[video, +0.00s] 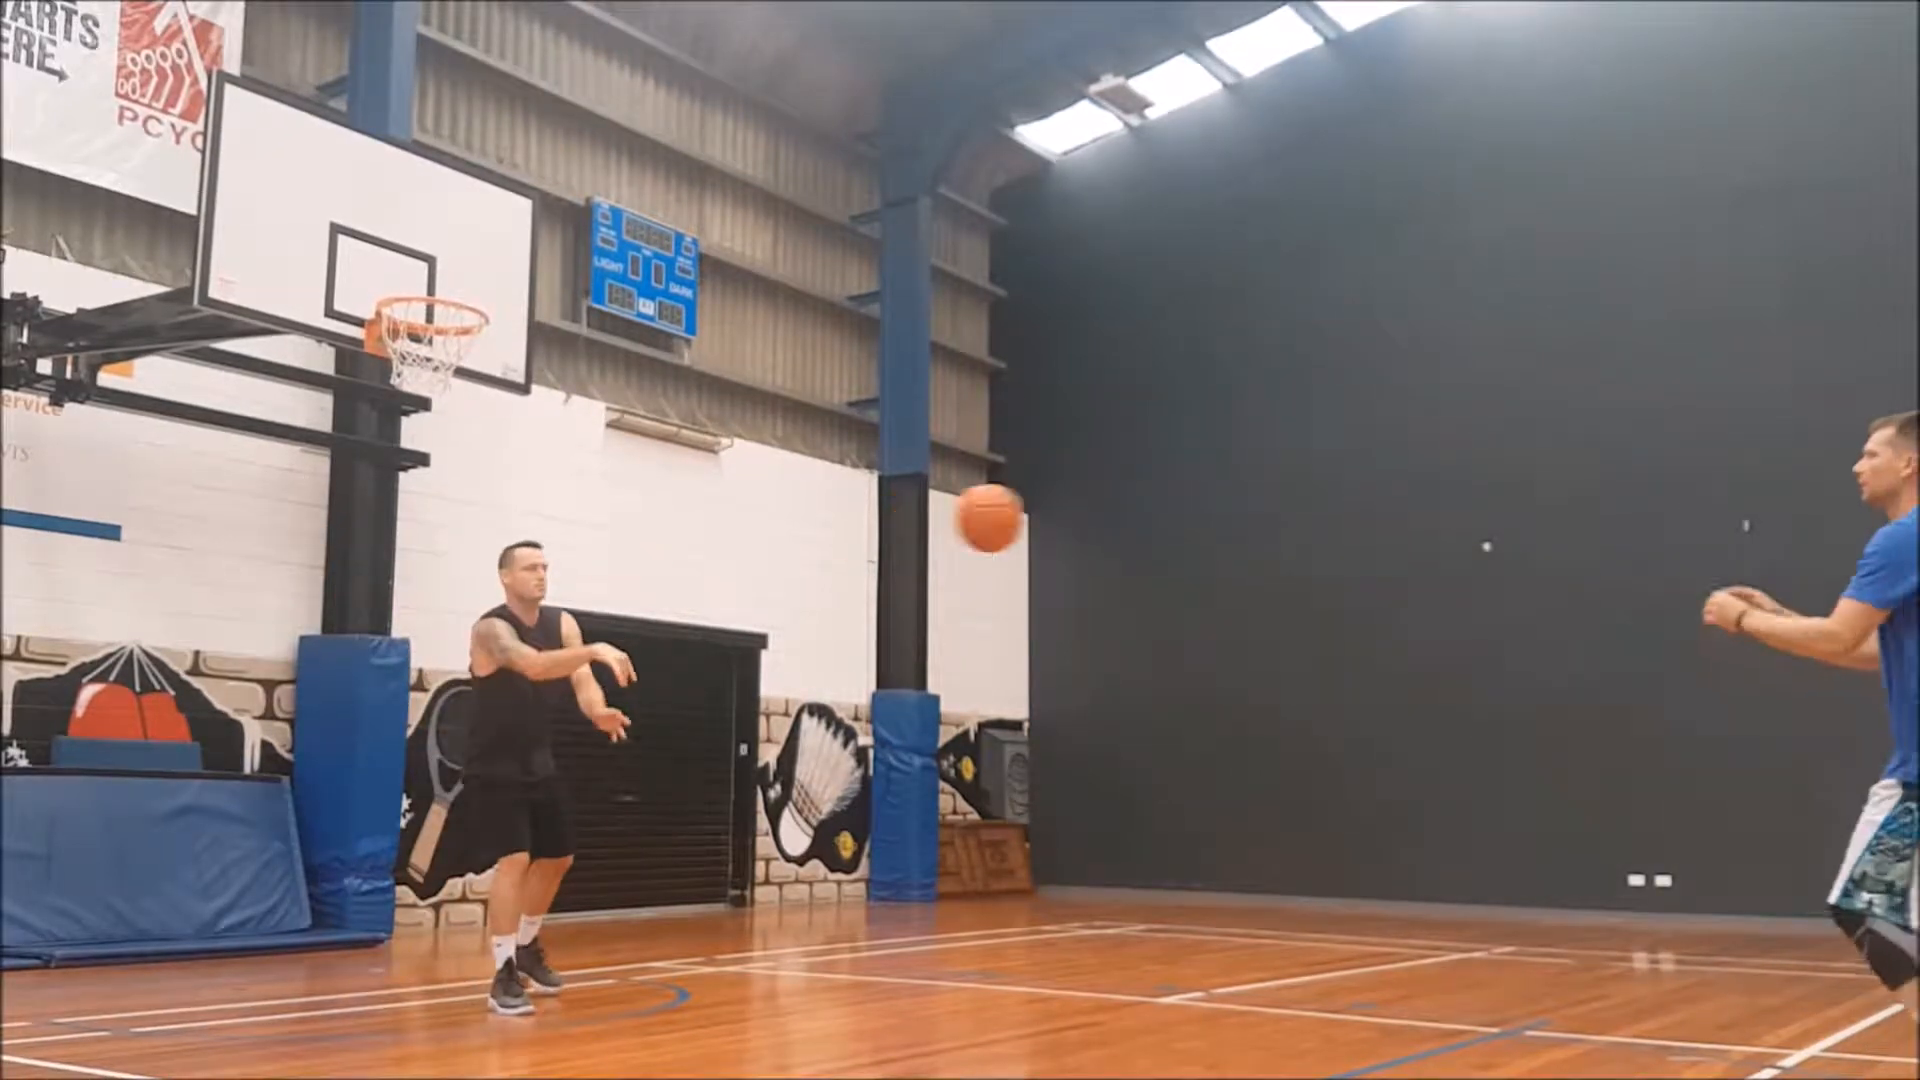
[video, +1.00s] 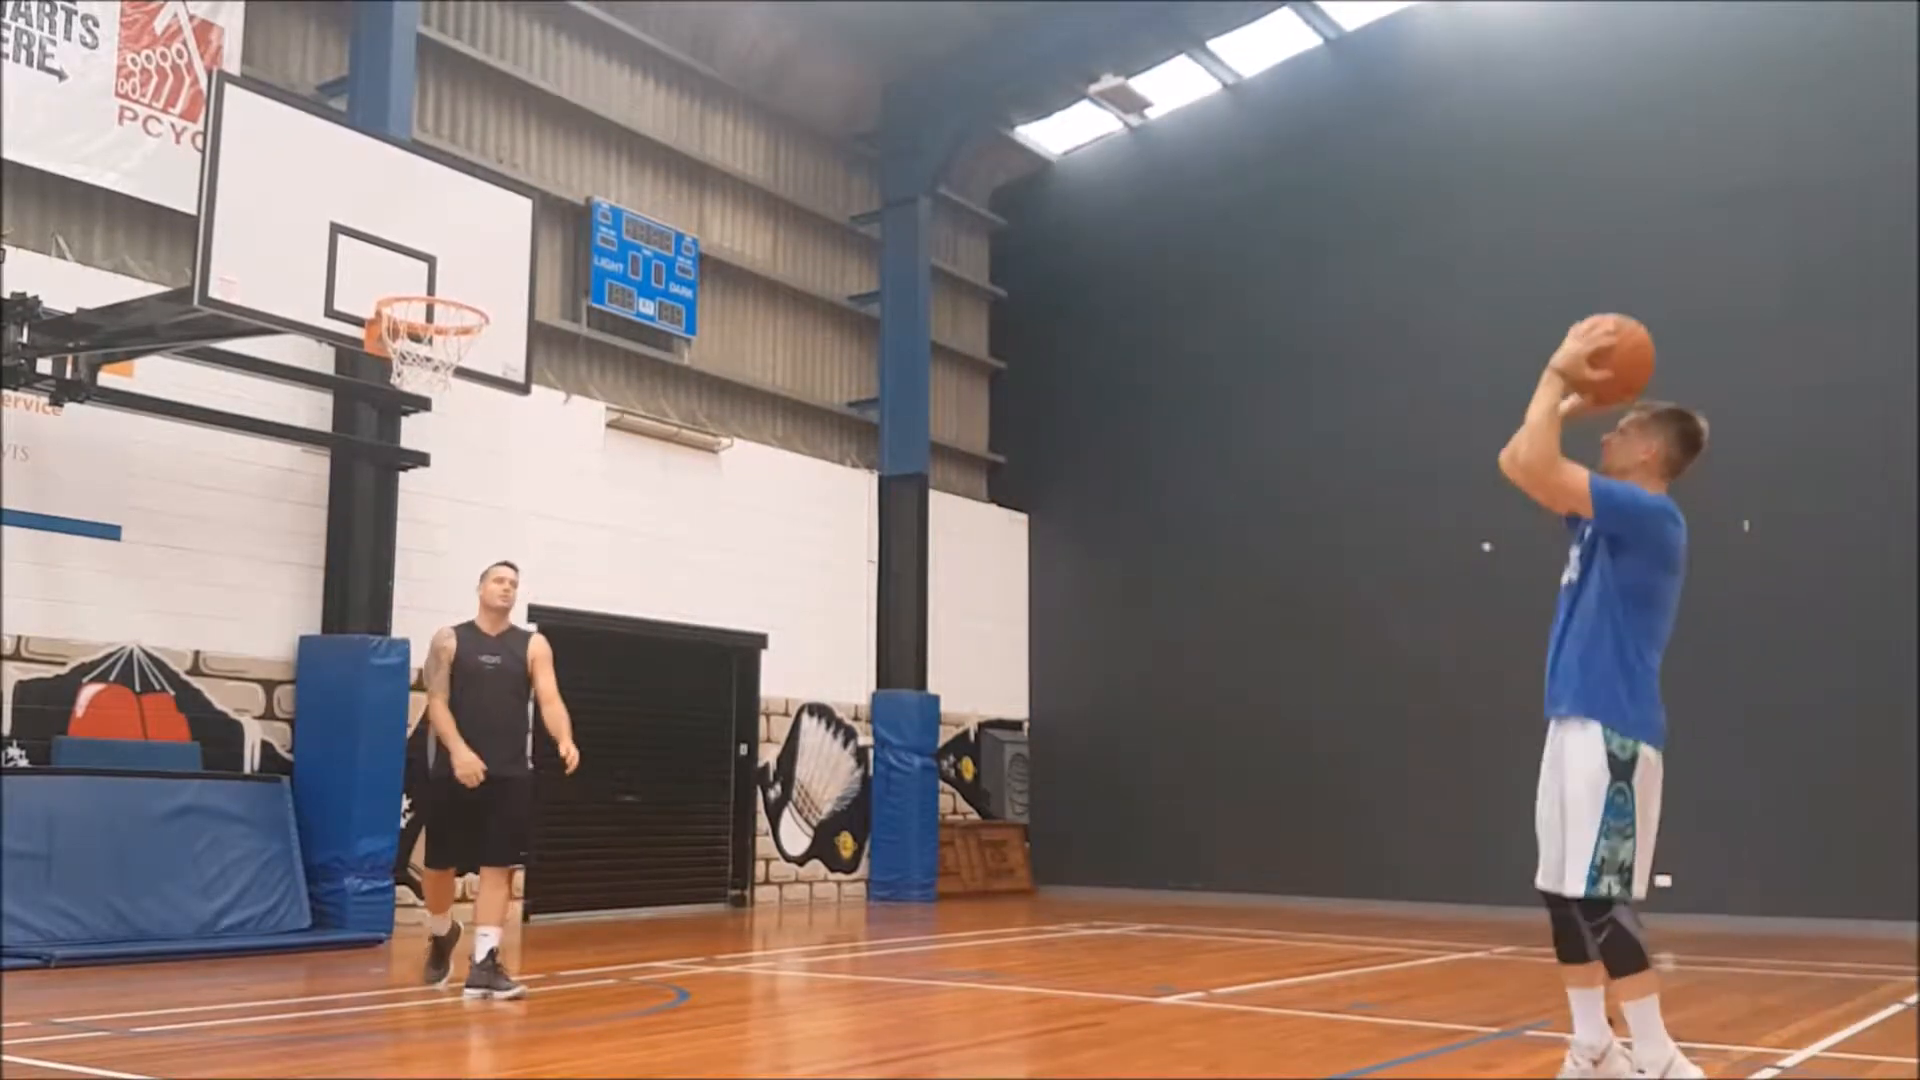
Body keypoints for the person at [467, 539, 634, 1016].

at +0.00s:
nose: (541, 576)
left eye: (543, 569)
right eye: (530, 569)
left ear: (547, 575)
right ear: (505, 578)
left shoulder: (563, 624)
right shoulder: (491, 629)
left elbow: (582, 678)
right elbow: (533, 666)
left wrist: (598, 711)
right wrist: (593, 652)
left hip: (539, 767)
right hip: (495, 769)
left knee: (557, 855)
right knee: (514, 857)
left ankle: (524, 946)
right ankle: (504, 974)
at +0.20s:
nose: (541, 573)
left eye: (543, 566)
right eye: (531, 566)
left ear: (545, 575)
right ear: (504, 574)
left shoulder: (558, 626)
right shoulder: (488, 631)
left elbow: (570, 696)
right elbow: (494, 709)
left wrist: (586, 759)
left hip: (545, 764)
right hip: (500, 765)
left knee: (541, 867)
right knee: (515, 860)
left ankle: (494, 950)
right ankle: (506, 972)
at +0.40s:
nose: (539, 578)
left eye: (543, 572)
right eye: (530, 571)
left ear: (546, 581)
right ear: (505, 579)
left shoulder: (556, 636)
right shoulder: (479, 636)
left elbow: (558, 705)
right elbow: (441, 702)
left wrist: (560, 768)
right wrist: (413, 767)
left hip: (531, 770)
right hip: (485, 768)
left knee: (510, 864)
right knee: (507, 861)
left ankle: (483, 962)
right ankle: (503, 969)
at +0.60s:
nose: (536, 578)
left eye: (540, 572)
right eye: (527, 570)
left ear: (542, 583)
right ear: (502, 579)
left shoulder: (554, 640)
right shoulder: (470, 631)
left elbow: (557, 709)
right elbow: (418, 686)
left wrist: (559, 771)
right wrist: (371, 736)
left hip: (531, 772)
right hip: (481, 767)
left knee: (510, 866)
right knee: (483, 857)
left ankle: (488, 963)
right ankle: (464, 968)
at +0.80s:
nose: (522, 581)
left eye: (528, 577)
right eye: (514, 574)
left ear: (533, 588)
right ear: (493, 582)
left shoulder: (546, 642)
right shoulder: (460, 633)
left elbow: (559, 707)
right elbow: (424, 691)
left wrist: (571, 765)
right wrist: (396, 747)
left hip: (523, 774)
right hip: (466, 772)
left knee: (503, 866)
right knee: (452, 862)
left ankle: (484, 965)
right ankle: (435, 942)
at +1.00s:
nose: (505, 588)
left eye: (512, 584)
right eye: (498, 581)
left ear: (517, 595)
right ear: (479, 589)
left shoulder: (534, 644)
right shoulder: (449, 640)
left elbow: (550, 699)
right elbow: (436, 703)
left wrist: (564, 737)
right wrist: (459, 750)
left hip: (511, 774)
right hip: (453, 770)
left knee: (498, 867)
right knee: (439, 863)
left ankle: (485, 963)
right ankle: (441, 934)